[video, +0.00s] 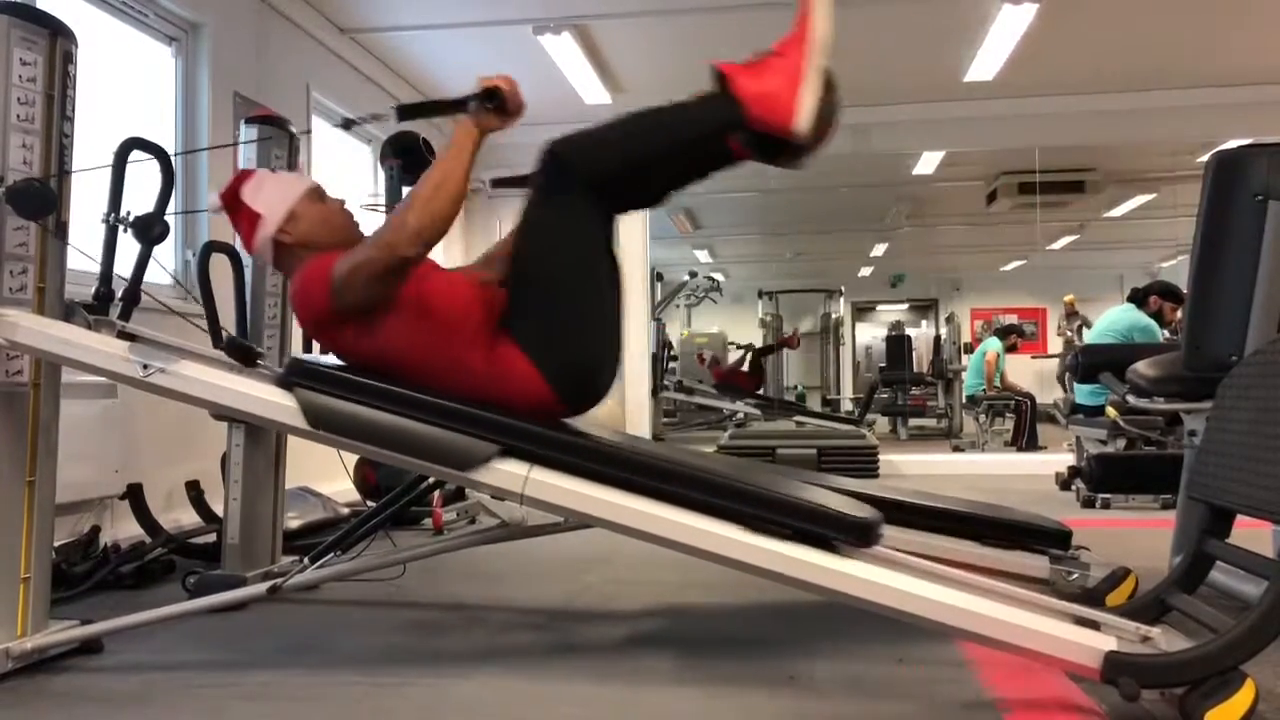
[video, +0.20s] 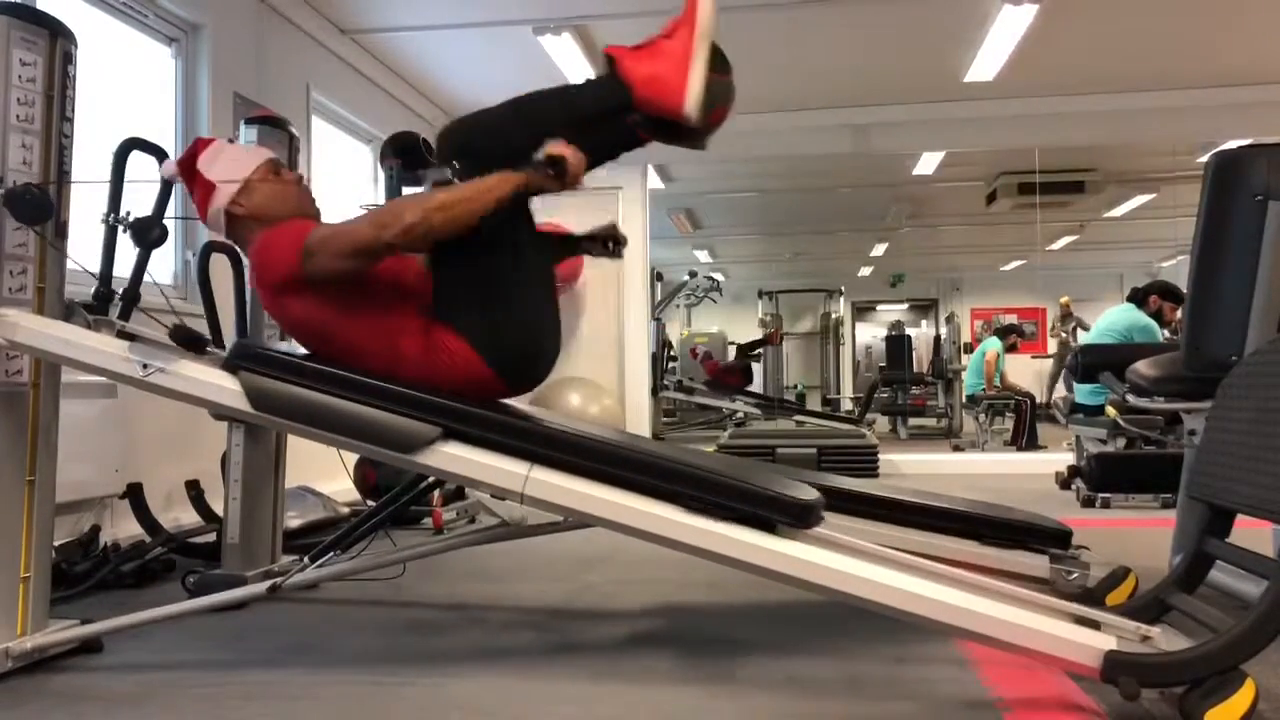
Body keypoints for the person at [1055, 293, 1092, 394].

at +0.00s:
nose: (1067, 308)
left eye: (1069, 305)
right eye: (1065, 305)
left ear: (1073, 305)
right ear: (1064, 306)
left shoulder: (1080, 317)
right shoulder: (1062, 317)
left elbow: (1091, 328)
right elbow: (1058, 332)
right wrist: (1064, 332)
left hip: (1078, 347)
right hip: (1066, 348)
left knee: (1078, 372)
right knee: (1060, 375)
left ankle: (1078, 394)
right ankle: (1067, 394)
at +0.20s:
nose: (1063, 309)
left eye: (1065, 306)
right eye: (1061, 306)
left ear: (1069, 307)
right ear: (1059, 307)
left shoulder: (1075, 319)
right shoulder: (1056, 318)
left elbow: (1088, 328)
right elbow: (1051, 333)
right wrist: (1058, 332)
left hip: (1072, 350)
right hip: (1060, 350)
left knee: (1070, 377)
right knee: (1053, 376)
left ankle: (1073, 400)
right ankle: (1047, 400)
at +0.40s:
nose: (1057, 313)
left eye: (1059, 311)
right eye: (1055, 310)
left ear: (1064, 311)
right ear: (1053, 311)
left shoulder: (1069, 323)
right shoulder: (1050, 322)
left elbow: (1081, 333)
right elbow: (1046, 334)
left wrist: (1091, 338)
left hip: (1065, 352)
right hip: (1053, 352)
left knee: (1062, 381)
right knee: (1047, 382)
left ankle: (1072, 402)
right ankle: (1042, 408)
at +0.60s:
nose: (1049, 318)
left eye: (1052, 316)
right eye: (1048, 316)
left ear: (1056, 318)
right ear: (1044, 316)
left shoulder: (1058, 329)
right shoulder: (1036, 327)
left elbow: (1070, 338)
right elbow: (1027, 340)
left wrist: (1080, 343)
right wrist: (1036, 344)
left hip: (1055, 359)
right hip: (1041, 359)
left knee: (1055, 385)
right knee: (1038, 386)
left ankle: (1066, 398)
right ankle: (1038, 409)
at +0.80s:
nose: (1040, 318)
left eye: (1043, 315)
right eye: (1037, 315)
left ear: (1048, 317)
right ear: (1033, 316)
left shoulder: (1051, 329)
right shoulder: (1028, 328)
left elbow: (1058, 341)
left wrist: (1066, 351)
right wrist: (1031, 346)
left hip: (1048, 360)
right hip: (1032, 361)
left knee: (1045, 380)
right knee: (1032, 387)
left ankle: (1054, 397)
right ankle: (1034, 407)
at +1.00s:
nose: (1035, 320)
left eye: (1038, 317)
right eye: (1033, 317)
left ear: (1043, 318)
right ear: (1030, 317)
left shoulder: (1048, 329)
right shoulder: (1025, 329)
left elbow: (1054, 342)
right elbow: (1019, 341)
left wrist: (1055, 351)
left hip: (1044, 359)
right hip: (1029, 359)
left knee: (1038, 382)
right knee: (1029, 385)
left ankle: (1041, 404)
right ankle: (1031, 407)